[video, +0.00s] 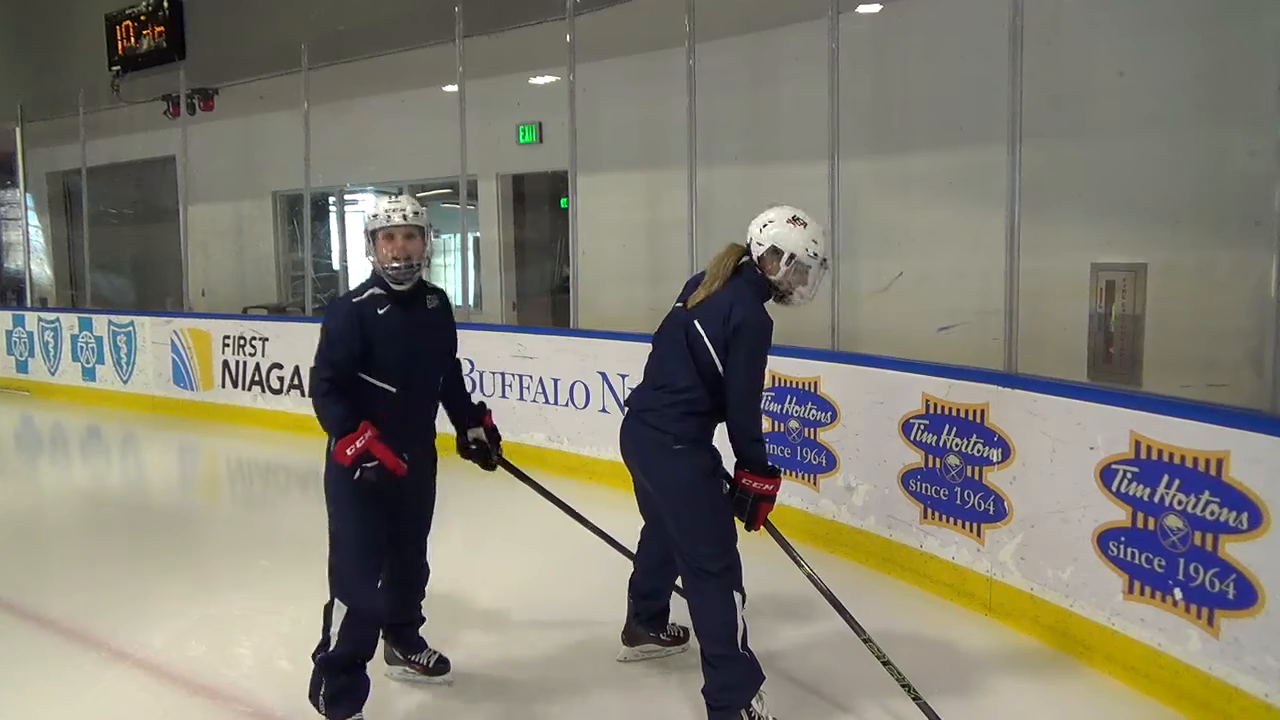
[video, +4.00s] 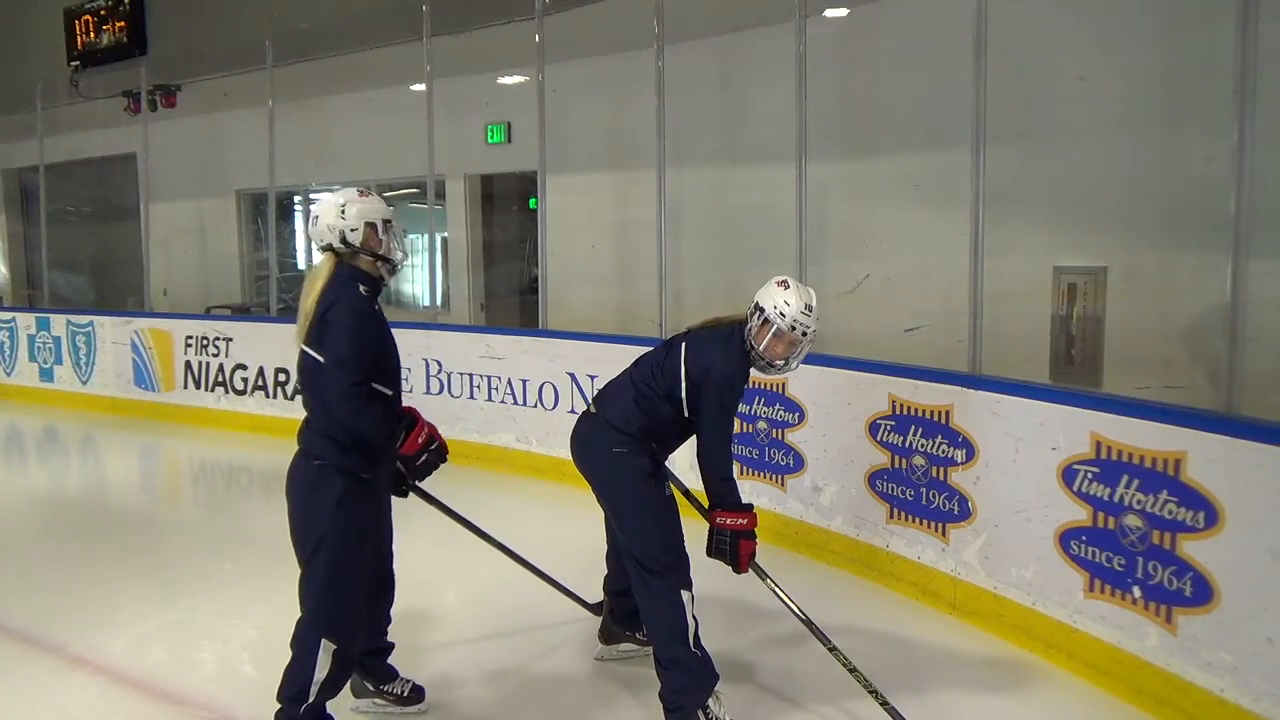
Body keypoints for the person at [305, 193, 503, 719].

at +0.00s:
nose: (401, 249)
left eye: (411, 238)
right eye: (390, 240)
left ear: (426, 244)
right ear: (374, 247)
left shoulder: (436, 307)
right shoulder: (350, 312)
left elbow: (447, 373)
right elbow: (327, 387)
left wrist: (472, 422)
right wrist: (356, 441)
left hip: (417, 458)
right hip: (360, 460)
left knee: (409, 558)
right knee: (359, 583)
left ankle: (402, 641)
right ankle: (339, 701)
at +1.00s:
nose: (378, 254)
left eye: (385, 240)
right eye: (363, 243)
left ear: (397, 244)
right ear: (341, 251)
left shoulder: (391, 306)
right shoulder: (327, 320)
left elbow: (393, 387)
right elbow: (319, 421)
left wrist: (420, 431)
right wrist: (375, 459)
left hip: (372, 477)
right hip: (329, 481)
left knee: (373, 586)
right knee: (339, 599)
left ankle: (368, 681)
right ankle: (341, 704)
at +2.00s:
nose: (339, 251)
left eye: (347, 237)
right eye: (325, 242)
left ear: (364, 240)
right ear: (309, 252)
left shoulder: (370, 299)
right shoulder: (304, 316)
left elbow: (380, 383)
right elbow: (321, 406)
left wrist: (420, 412)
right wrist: (393, 419)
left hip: (373, 465)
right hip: (328, 472)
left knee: (372, 575)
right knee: (331, 588)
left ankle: (363, 672)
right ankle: (319, 702)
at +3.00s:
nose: (369, 242)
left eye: (368, 232)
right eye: (357, 232)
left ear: (348, 240)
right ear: (322, 239)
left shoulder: (344, 296)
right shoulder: (306, 305)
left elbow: (356, 392)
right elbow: (302, 407)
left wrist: (397, 431)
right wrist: (373, 441)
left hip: (349, 471)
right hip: (314, 476)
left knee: (355, 579)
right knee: (319, 592)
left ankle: (347, 674)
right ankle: (298, 705)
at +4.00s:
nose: (390, 240)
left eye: (388, 229)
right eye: (379, 230)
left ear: (345, 236)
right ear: (352, 235)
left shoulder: (351, 292)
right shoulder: (345, 299)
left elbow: (355, 390)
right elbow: (345, 395)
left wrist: (390, 455)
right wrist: (407, 432)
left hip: (356, 470)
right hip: (333, 475)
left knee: (372, 576)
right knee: (335, 593)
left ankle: (369, 673)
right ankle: (300, 706)